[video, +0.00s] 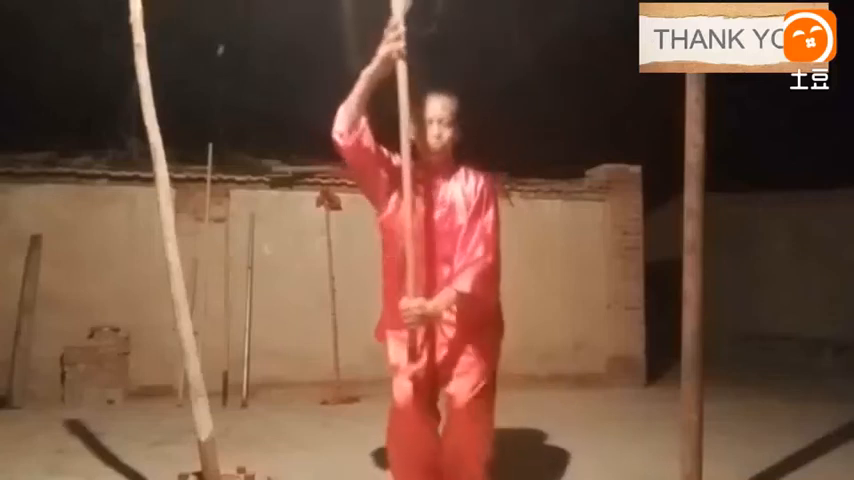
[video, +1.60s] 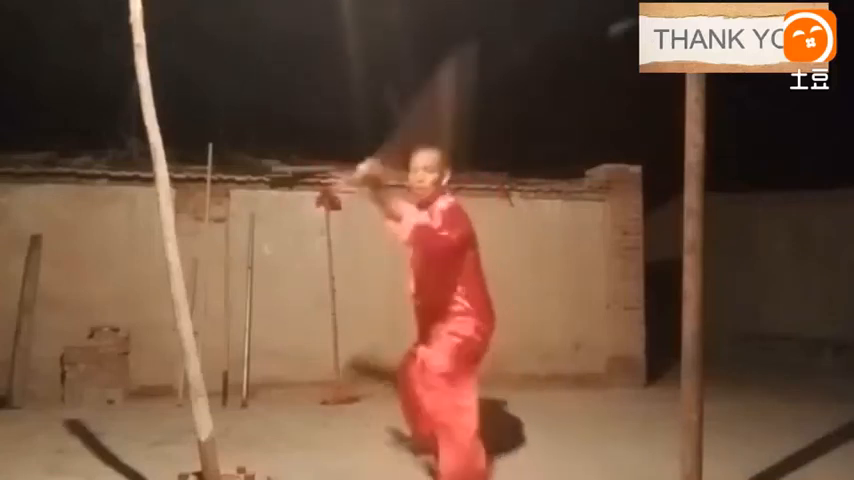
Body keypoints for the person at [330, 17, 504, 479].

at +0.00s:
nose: (438, 130)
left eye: (446, 122)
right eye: (431, 121)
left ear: (459, 128)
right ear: (416, 125)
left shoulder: (476, 184)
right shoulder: (391, 177)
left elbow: (480, 262)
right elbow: (346, 133)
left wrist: (436, 305)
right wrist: (376, 67)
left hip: (466, 323)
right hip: (406, 324)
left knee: (466, 408)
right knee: (406, 408)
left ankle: (467, 478)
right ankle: (415, 478)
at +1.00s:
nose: (426, 141)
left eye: (436, 133)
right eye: (420, 132)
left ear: (456, 140)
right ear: (412, 138)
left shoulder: (470, 185)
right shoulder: (405, 179)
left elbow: (475, 247)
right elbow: (352, 158)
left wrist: (420, 266)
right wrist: (357, 111)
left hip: (475, 314)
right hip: (426, 314)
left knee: (461, 399)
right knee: (410, 393)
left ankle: (475, 474)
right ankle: (420, 473)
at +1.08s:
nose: (431, 148)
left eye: (441, 140)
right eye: (425, 139)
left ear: (460, 146)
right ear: (416, 145)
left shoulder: (471, 191)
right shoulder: (409, 186)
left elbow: (464, 256)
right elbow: (368, 178)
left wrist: (414, 286)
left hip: (480, 318)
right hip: (433, 316)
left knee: (459, 399)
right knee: (409, 387)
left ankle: (473, 474)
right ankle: (420, 464)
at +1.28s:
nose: (427, 164)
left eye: (437, 156)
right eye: (422, 155)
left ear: (457, 162)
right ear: (415, 161)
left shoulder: (459, 206)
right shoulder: (423, 204)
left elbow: (454, 254)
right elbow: (396, 218)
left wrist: (422, 285)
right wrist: (345, 203)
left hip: (476, 327)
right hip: (443, 325)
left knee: (454, 401)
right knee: (433, 407)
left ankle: (472, 472)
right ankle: (457, 471)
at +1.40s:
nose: (420, 172)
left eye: (430, 164)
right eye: (416, 164)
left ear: (449, 171)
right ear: (409, 170)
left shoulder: (452, 210)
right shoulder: (419, 209)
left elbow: (428, 234)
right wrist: (341, 201)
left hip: (466, 332)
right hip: (439, 331)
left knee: (455, 429)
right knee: (438, 431)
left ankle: (467, 474)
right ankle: (448, 473)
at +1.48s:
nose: (418, 175)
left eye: (427, 167)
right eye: (414, 167)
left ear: (446, 173)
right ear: (409, 173)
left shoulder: (450, 209)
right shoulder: (422, 212)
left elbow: (439, 240)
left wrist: (390, 196)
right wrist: (426, 339)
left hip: (472, 321)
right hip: (444, 319)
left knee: (445, 382)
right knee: (416, 370)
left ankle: (466, 470)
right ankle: (432, 447)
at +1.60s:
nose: (419, 178)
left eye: (429, 171)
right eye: (414, 171)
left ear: (444, 176)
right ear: (408, 176)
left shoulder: (451, 213)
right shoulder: (420, 213)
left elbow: (441, 242)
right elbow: (394, 213)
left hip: (466, 317)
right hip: (435, 317)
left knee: (432, 369)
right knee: (412, 371)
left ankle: (463, 467)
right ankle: (429, 439)